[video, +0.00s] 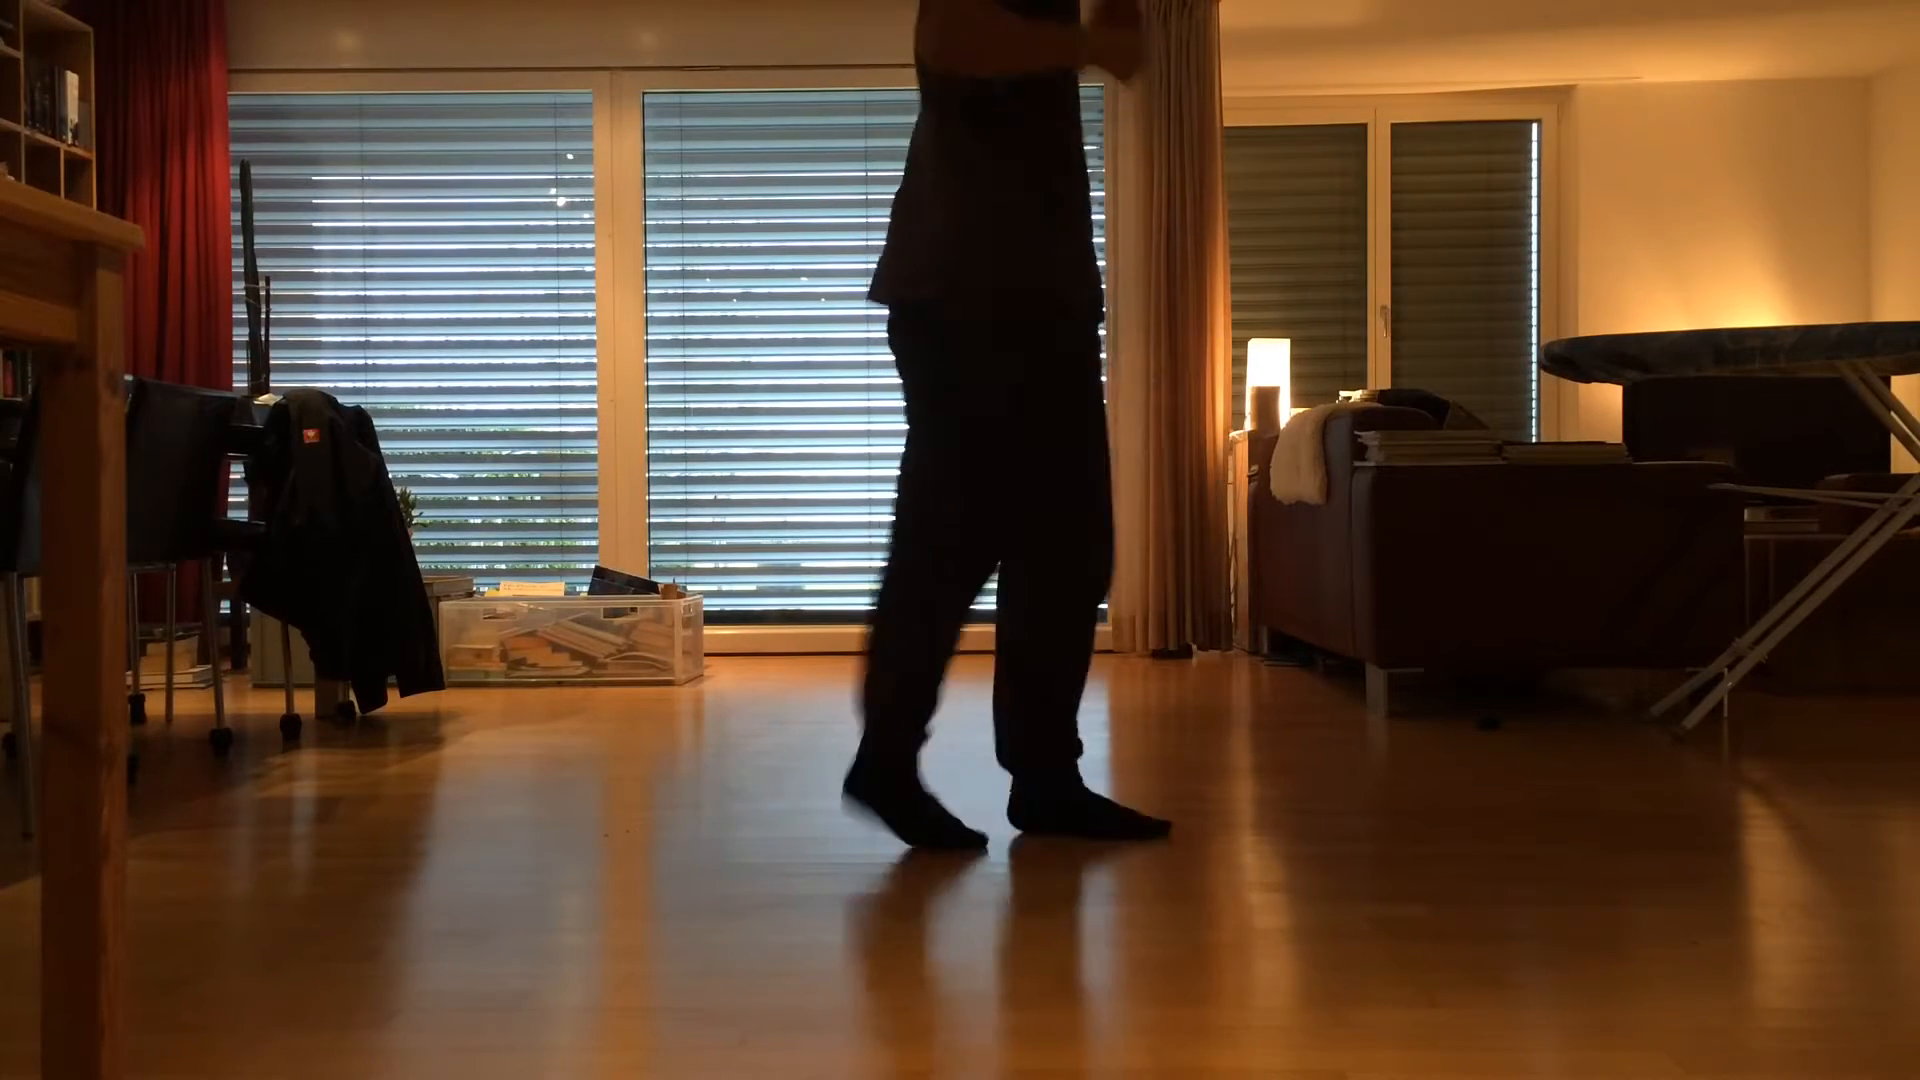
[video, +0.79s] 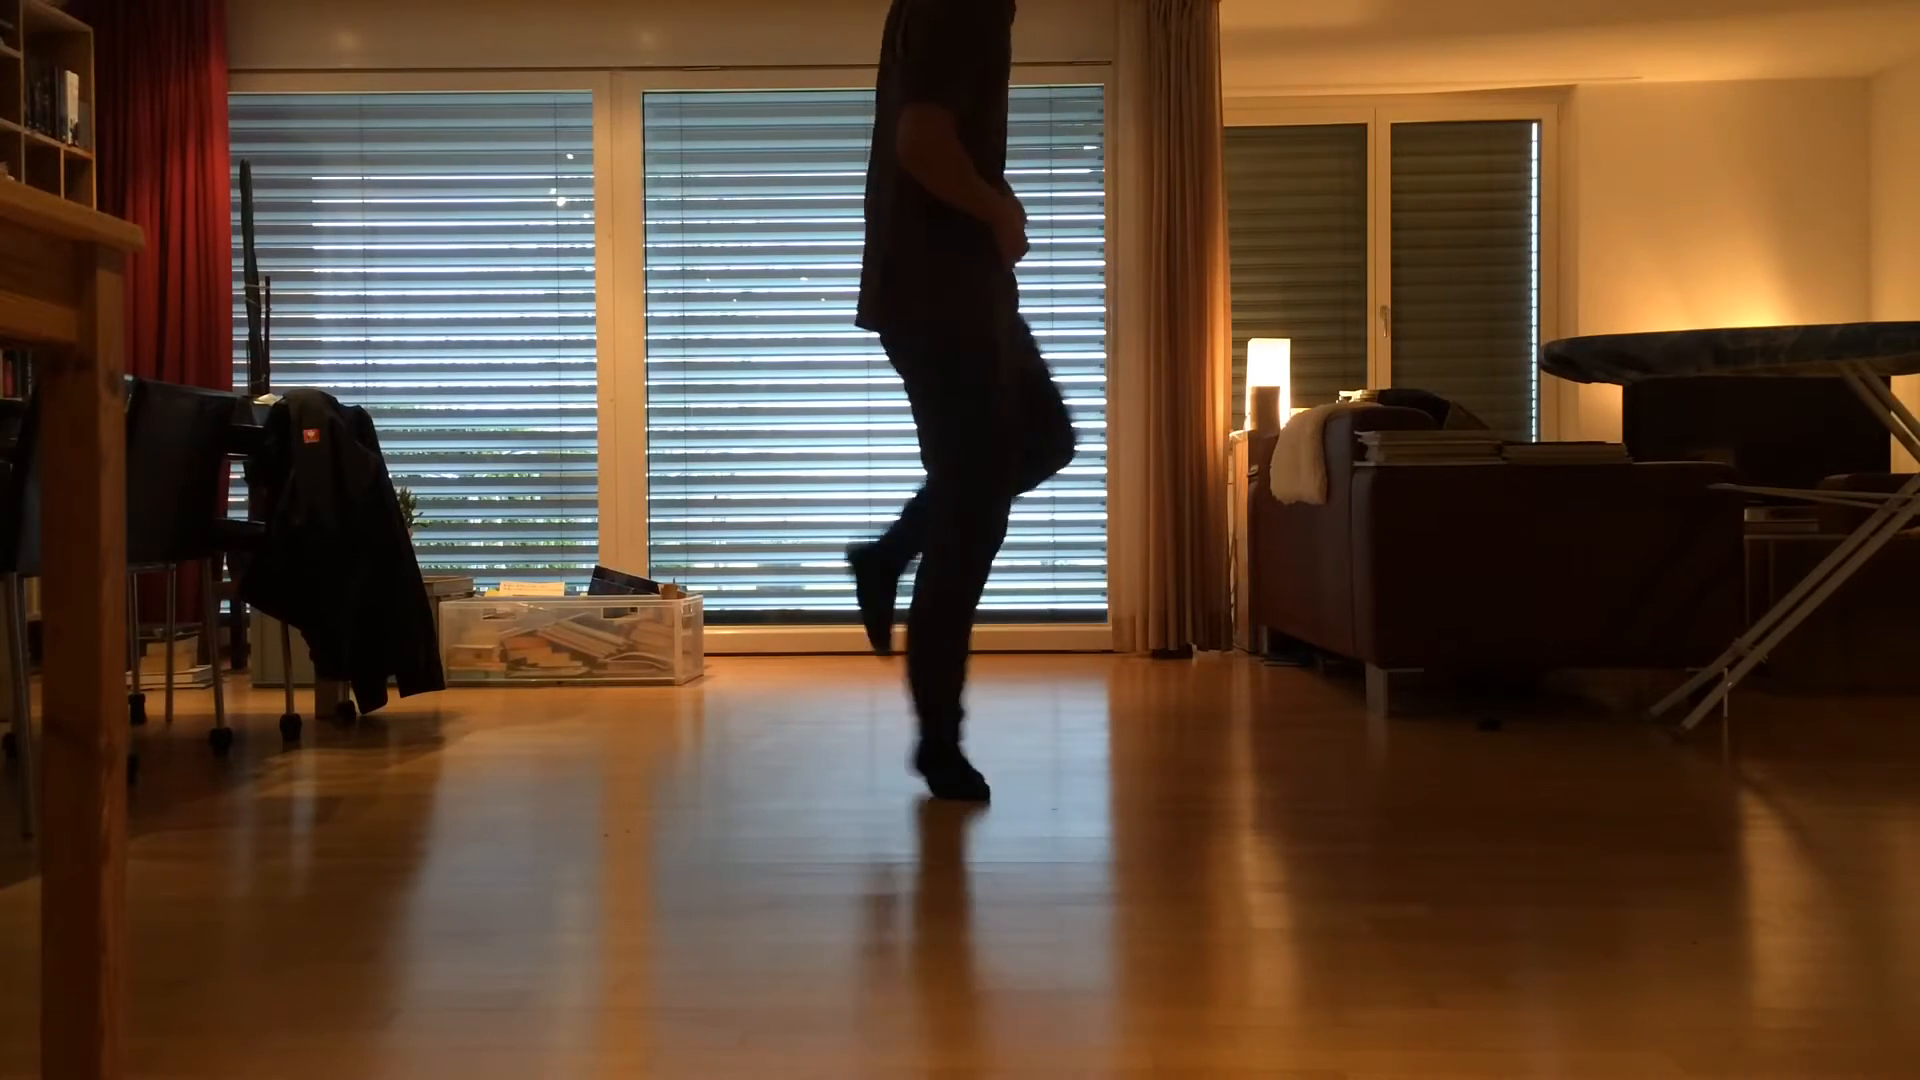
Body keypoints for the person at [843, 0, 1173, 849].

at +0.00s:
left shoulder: (1050, 3)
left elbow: (1117, 50)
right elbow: (946, 42)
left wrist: (1110, 16)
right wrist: (1088, 44)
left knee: (1067, 546)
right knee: (948, 531)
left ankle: (1045, 781)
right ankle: (884, 765)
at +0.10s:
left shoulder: (970, 18)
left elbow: (981, 153)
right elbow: (992, 89)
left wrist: (1090, 195)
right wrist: (1103, 114)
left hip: (981, 274)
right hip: (982, 276)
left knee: (1064, 519)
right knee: (1088, 496)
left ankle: (1031, 801)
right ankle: (913, 603)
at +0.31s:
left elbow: (987, 125)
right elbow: (1061, 87)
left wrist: (1054, 220)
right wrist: (1091, 196)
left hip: (950, 255)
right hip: (976, 263)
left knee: (1111, 415)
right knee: (1021, 505)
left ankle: (930, 524)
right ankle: (989, 778)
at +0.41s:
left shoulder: (952, 11)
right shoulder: (986, 8)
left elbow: (986, 128)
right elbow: (1040, 105)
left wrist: (1044, 225)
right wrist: (1097, 209)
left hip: (965, 291)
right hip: (972, 295)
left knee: (1011, 514)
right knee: (1013, 517)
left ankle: (969, 732)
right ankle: (928, 767)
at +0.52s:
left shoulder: (946, 10)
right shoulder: (970, 5)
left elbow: (966, 137)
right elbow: (985, 134)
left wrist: (1044, 214)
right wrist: (1057, 210)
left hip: (949, 286)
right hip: (965, 291)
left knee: (977, 504)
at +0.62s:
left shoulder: (948, 12)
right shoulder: (967, 10)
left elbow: (942, 165)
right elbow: (942, 164)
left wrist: (1017, 206)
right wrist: (1034, 204)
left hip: (955, 300)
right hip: (950, 306)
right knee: (981, 538)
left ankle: (943, 548)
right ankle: (911, 771)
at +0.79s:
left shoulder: (960, 12)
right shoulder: (953, 9)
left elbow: (926, 138)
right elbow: (921, 140)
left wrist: (992, 210)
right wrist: (999, 207)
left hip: (961, 284)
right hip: (931, 290)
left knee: (1045, 440)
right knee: (975, 501)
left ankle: (885, 557)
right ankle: (939, 739)